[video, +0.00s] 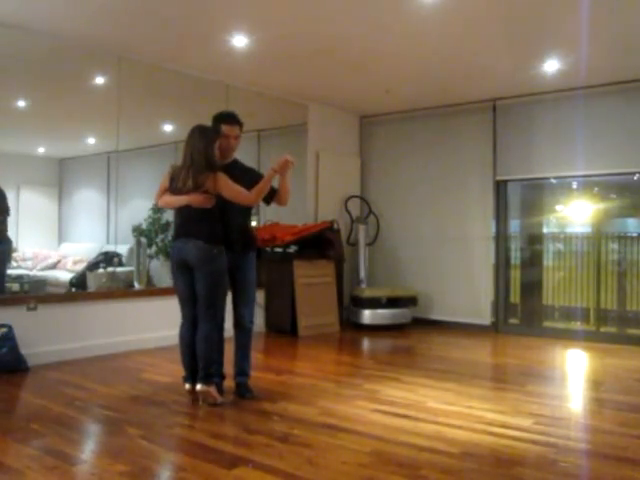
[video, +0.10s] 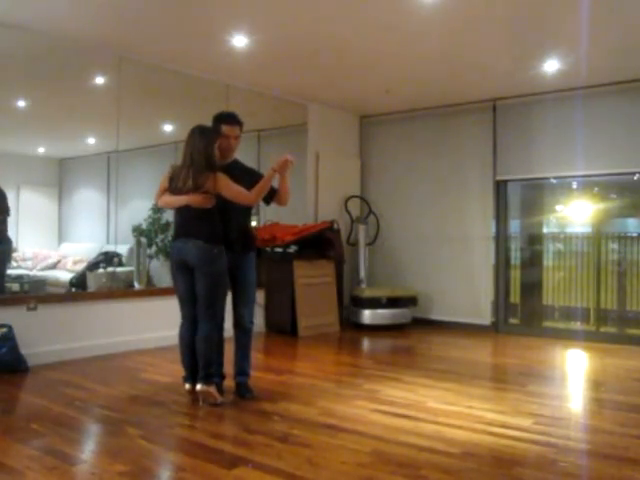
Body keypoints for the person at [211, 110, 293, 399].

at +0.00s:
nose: (230, 143)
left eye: (235, 138)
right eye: (225, 136)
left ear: (240, 140)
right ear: (213, 137)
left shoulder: (247, 174)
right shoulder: (202, 171)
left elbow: (281, 199)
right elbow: (163, 199)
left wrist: (283, 174)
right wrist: (189, 199)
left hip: (243, 249)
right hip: (212, 250)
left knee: (244, 319)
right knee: (213, 317)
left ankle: (242, 379)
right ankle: (214, 379)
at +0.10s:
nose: (230, 143)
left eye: (235, 138)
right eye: (225, 137)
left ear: (240, 140)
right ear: (213, 138)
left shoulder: (247, 174)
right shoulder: (203, 171)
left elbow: (281, 200)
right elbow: (163, 199)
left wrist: (283, 174)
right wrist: (189, 199)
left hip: (243, 250)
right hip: (212, 251)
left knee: (244, 319)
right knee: (213, 317)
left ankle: (242, 378)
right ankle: (214, 379)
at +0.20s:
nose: (231, 144)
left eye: (236, 138)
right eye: (226, 138)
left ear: (240, 140)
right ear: (214, 138)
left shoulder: (247, 174)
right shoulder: (203, 171)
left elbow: (281, 199)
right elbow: (162, 199)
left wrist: (282, 173)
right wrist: (189, 199)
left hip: (243, 250)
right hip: (212, 251)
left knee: (244, 319)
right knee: (213, 317)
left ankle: (242, 379)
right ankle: (214, 379)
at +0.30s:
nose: (231, 144)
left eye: (236, 139)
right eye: (226, 138)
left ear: (240, 140)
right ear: (214, 138)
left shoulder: (246, 174)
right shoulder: (202, 172)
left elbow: (281, 200)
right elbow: (161, 199)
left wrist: (282, 172)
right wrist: (189, 199)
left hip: (243, 250)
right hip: (212, 251)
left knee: (244, 319)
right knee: (212, 317)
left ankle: (242, 379)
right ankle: (214, 379)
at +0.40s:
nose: (229, 146)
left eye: (235, 141)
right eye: (225, 139)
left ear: (240, 143)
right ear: (213, 139)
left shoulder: (246, 176)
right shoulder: (202, 173)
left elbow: (281, 201)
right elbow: (161, 200)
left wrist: (282, 174)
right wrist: (189, 200)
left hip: (243, 251)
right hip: (212, 252)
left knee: (245, 318)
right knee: (212, 317)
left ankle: (242, 378)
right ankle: (213, 379)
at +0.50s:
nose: (231, 147)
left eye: (236, 142)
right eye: (226, 141)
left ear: (241, 145)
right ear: (215, 141)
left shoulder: (247, 178)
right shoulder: (203, 175)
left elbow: (280, 205)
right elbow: (161, 201)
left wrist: (283, 179)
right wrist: (189, 201)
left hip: (243, 251)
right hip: (212, 252)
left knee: (250, 317)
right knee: (211, 317)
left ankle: (242, 374)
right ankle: (213, 377)